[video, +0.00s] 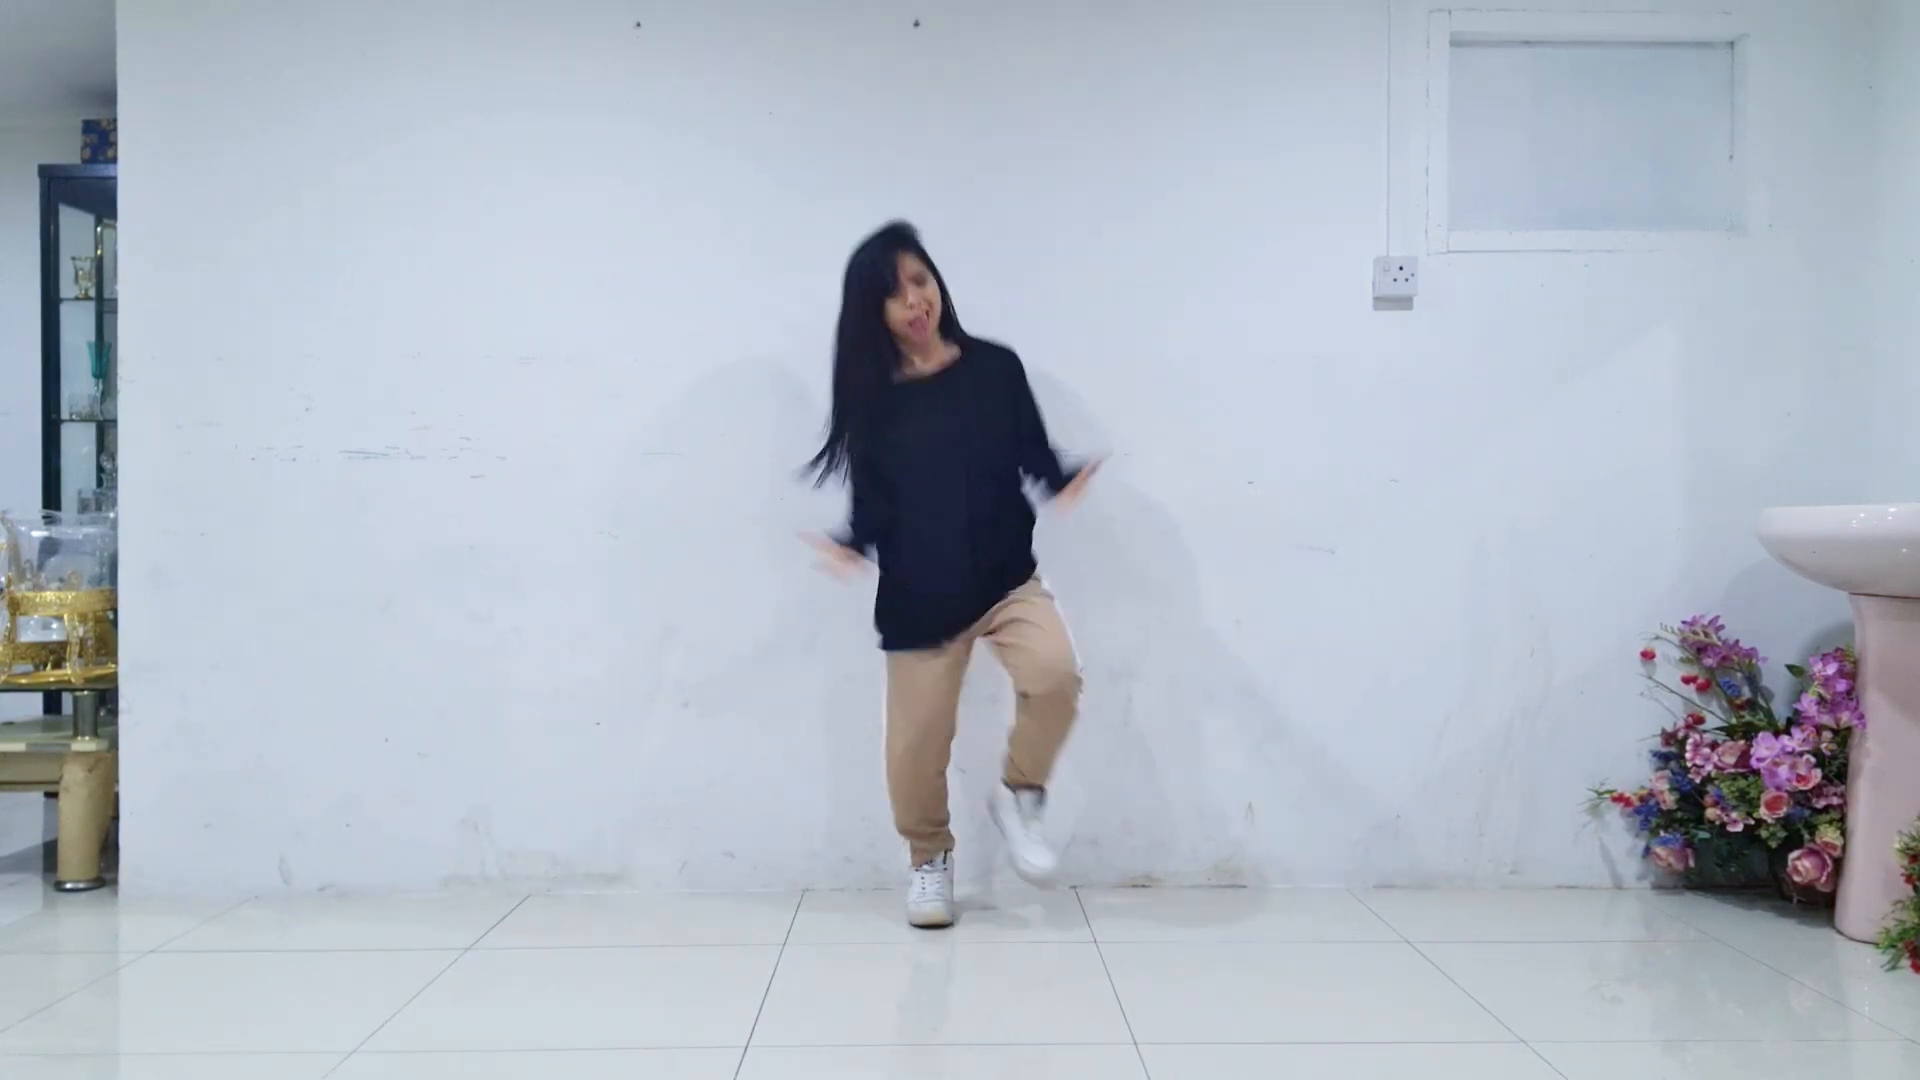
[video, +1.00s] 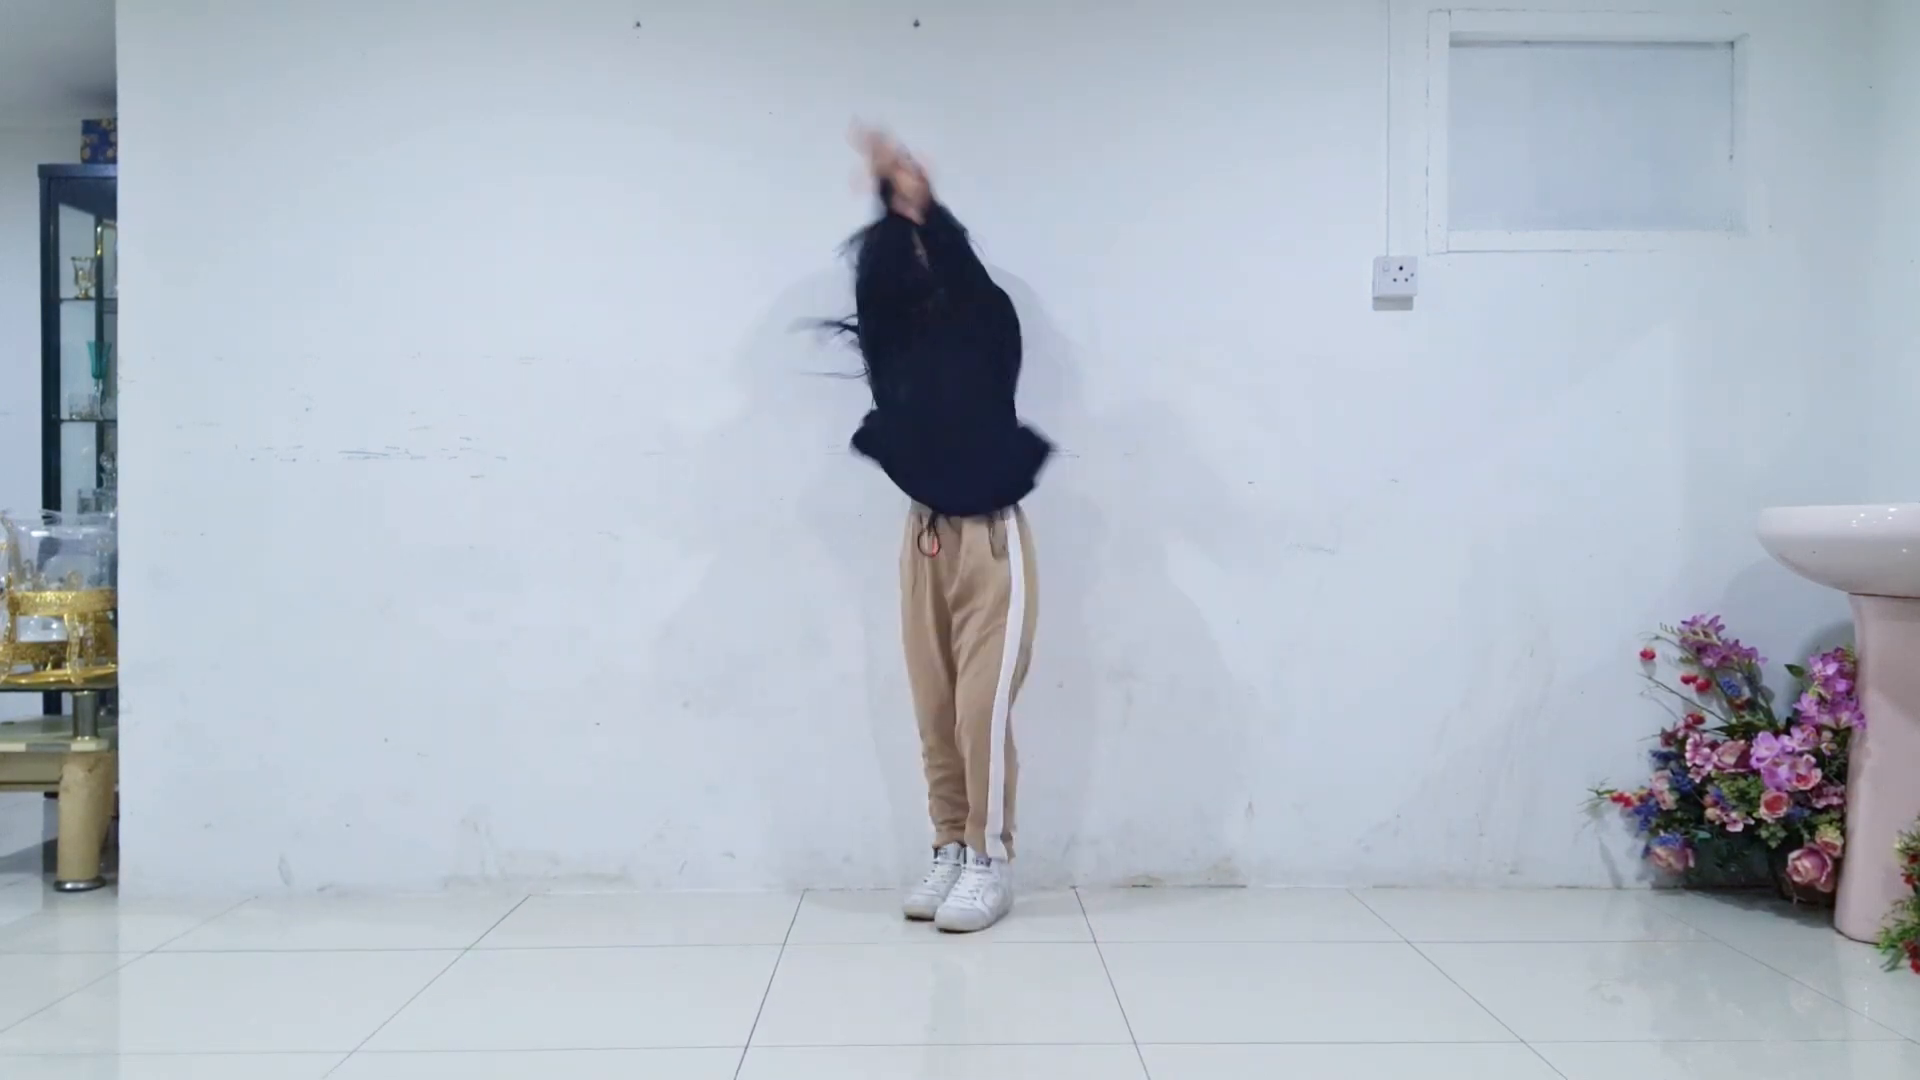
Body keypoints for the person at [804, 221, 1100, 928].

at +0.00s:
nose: (914, 301)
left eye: (920, 283)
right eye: (895, 294)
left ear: (938, 285)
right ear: (873, 313)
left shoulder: (995, 366)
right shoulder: (872, 398)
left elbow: (1029, 446)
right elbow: (873, 494)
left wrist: (1057, 478)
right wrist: (855, 538)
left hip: (1007, 582)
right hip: (922, 597)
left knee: (1055, 678)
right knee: (915, 748)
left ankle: (1022, 795)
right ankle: (928, 861)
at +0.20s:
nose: (912, 303)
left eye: (917, 285)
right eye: (892, 296)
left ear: (935, 288)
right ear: (866, 315)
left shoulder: (993, 354)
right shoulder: (854, 400)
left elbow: (1091, 365)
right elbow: (779, 455)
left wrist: (1181, 363)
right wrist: (692, 470)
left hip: (1016, 580)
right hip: (924, 593)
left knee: (1037, 723)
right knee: (929, 734)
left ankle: (1050, 854)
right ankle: (933, 862)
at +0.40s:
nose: (905, 285)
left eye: (910, 268)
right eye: (885, 279)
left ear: (929, 276)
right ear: (862, 301)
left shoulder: (990, 350)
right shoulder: (852, 396)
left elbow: (1077, 352)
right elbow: (792, 449)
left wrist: (1146, 287)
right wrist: (707, 405)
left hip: (1015, 567)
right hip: (922, 592)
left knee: (1073, 671)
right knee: (915, 736)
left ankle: (1061, 805)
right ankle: (931, 861)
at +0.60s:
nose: (902, 286)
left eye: (908, 268)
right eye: (882, 281)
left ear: (928, 272)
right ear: (861, 303)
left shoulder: (987, 334)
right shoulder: (850, 381)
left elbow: (1073, 278)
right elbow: (775, 413)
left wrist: (1099, 204)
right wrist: (713, 358)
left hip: (1002, 566)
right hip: (920, 580)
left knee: (1023, 720)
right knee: (922, 729)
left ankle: (1054, 862)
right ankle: (935, 865)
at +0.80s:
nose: (903, 289)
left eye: (912, 273)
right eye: (885, 282)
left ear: (935, 285)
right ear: (868, 307)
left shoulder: (994, 366)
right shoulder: (870, 400)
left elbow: (1074, 381)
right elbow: (849, 489)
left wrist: (1035, 341)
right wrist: (779, 440)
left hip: (997, 564)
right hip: (913, 584)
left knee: (990, 660)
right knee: (907, 743)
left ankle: (1013, 781)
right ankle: (933, 858)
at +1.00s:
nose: (919, 256)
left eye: (930, 244)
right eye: (897, 245)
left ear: (948, 251)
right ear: (884, 270)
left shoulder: (987, 318)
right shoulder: (891, 336)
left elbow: (959, 268)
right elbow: (876, 278)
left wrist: (926, 205)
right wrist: (891, 210)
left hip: (994, 536)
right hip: (922, 533)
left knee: (981, 705)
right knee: (934, 706)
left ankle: (989, 864)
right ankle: (950, 856)